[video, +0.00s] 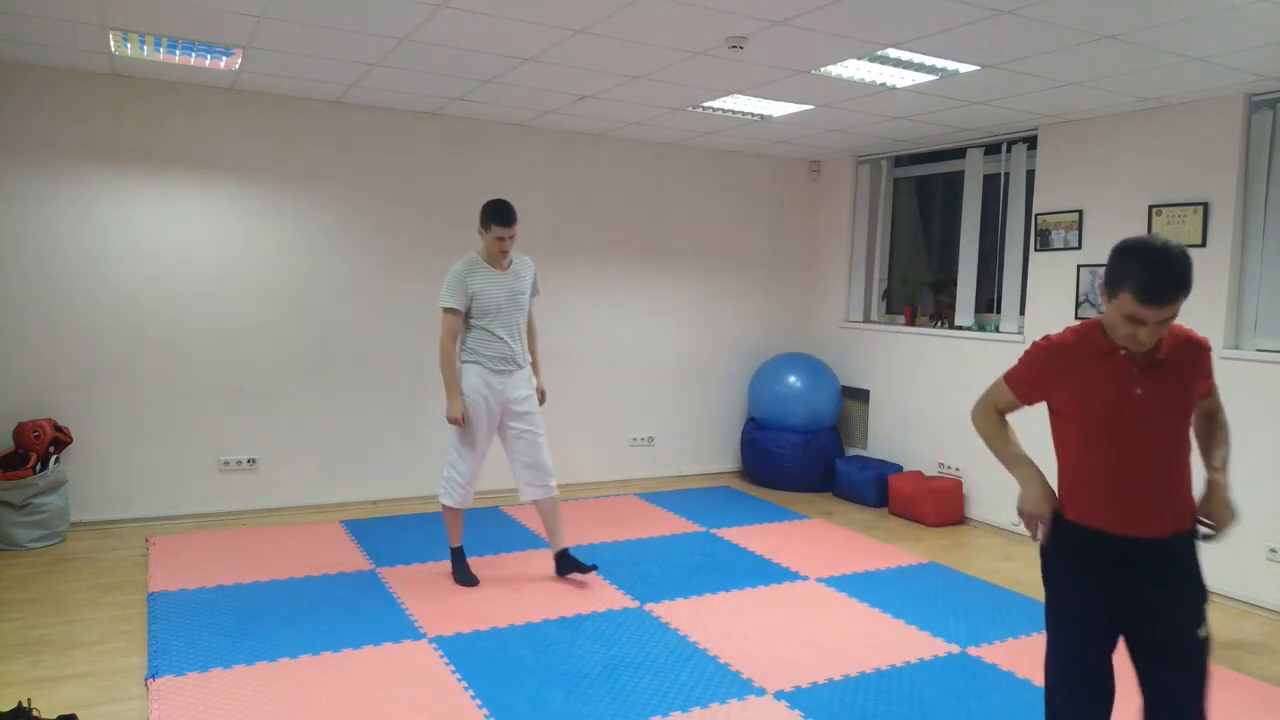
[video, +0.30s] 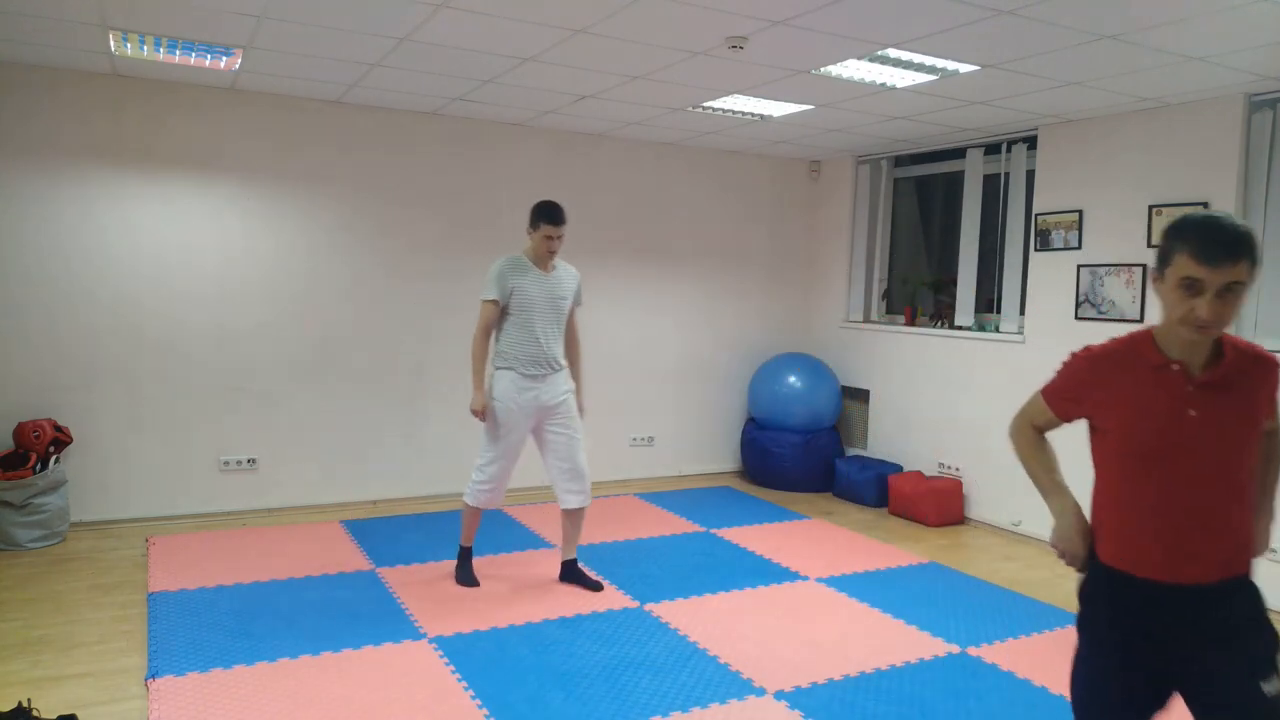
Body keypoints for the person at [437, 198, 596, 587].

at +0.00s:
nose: (507, 246)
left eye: (512, 238)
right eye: (500, 239)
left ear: (517, 234)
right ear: (482, 233)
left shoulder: (524, 267)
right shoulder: (463, 273)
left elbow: (528, 323)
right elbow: (448, 339)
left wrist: (536, 374)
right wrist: (453, 396)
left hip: (519, 380)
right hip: (477, 380)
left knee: (537, 465)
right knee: (463, 468)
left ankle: (562, 554)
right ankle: (457, 555)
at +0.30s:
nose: (554, 244)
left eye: (559, 238)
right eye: (547, 237)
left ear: (564, 237)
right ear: (530, 233)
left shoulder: (569, 277)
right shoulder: (507, 270)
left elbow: (570, 335)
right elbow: (483, 331)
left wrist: (577, 389)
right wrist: (479, 390)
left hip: (556, 385)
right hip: (511, 384)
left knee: (575, 472)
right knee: (491, 471)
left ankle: (569, 564)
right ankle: (464, 557)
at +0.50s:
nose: (586, 242)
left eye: (591, 235)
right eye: (579, 234)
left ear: (596, 234)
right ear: (562, 230)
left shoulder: (600, 277)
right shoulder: (535, 266)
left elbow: (608, 337)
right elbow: (515, 324)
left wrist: (621, 392)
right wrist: (516, 383)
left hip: (579, 382)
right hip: (538, 381)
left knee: (583, 473)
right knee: (522, 471)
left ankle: (570, 564)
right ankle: (483, 549)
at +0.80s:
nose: (620, 242)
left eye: (625, 235)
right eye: (614, 234)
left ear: (630, 235)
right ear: (596, 230)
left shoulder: (629, 279)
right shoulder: (570, 267)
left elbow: (641, 337)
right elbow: (545, 325)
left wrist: (659, 387)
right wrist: (553, 381)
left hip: (605, 383)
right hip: (568, 381)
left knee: (595, 472)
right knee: (573, 470)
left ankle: (573, 559)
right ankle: (574, 563)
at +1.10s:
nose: (653, 244)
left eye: (657, 237)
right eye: (646, 237)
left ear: (658, 237)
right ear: (626, 234)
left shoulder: (654, 281)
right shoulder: (600, 276)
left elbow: (653, 345)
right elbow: (582, 341)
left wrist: (653, 403)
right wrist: (582, 404)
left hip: (642, 388)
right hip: (610, 387)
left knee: (612, 479)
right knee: (624, 480)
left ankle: (573, 559)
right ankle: (641, 583)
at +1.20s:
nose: (663, 243)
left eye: (667, 235)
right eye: (656, 236)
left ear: (669, 234)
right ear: (636, 233)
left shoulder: (663, 276)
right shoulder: (615, 277)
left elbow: (661, 343)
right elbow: (600, 346)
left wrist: (669, 398)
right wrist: (600, 409)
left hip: (655, 387)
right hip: (625, 385)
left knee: (636, 480)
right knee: (638, 482)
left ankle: (581, 551)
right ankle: (642, 584)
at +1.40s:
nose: (688, 242)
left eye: (691, 234)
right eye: (680, 235)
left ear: (689, 233)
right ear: (658, 234)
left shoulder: (680, 272)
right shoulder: (641, 279)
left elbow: (685, 337)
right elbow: (638, 352)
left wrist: (706, 387)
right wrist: (645, 415)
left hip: (686, 390)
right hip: (658, 392)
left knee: (691, 479)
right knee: (655, 484)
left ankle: (640, 547)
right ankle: (644, 581)